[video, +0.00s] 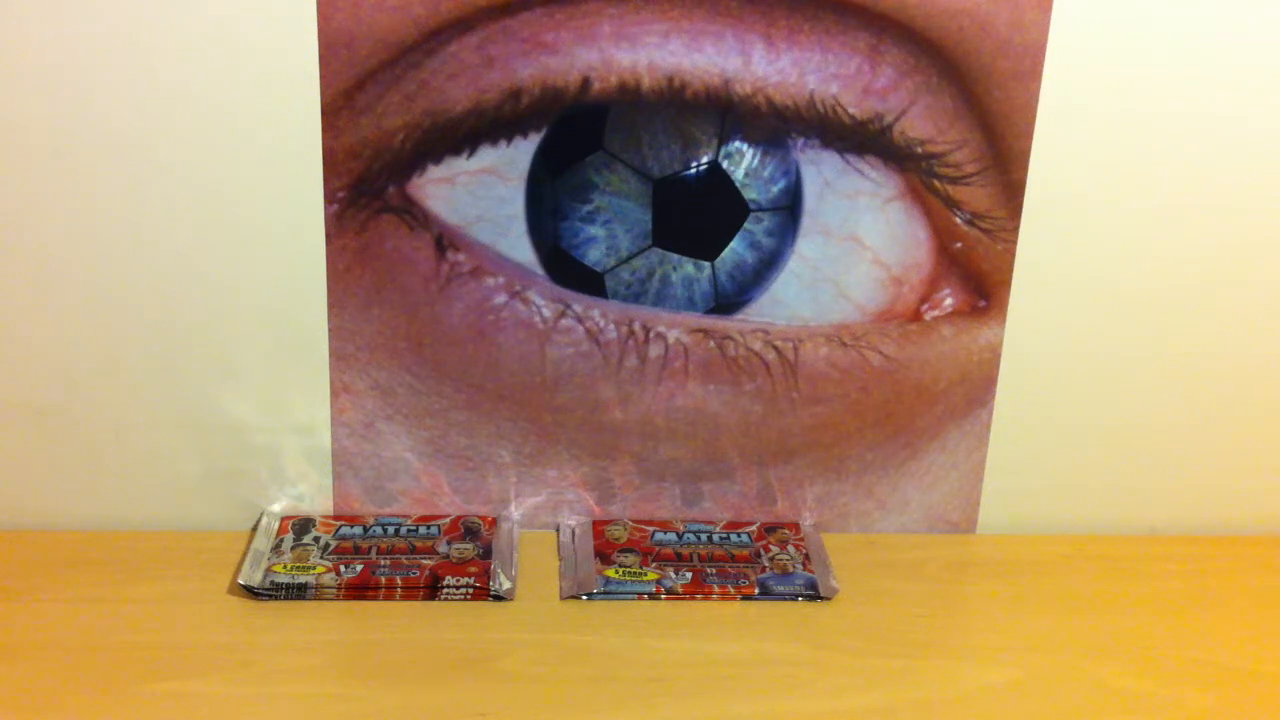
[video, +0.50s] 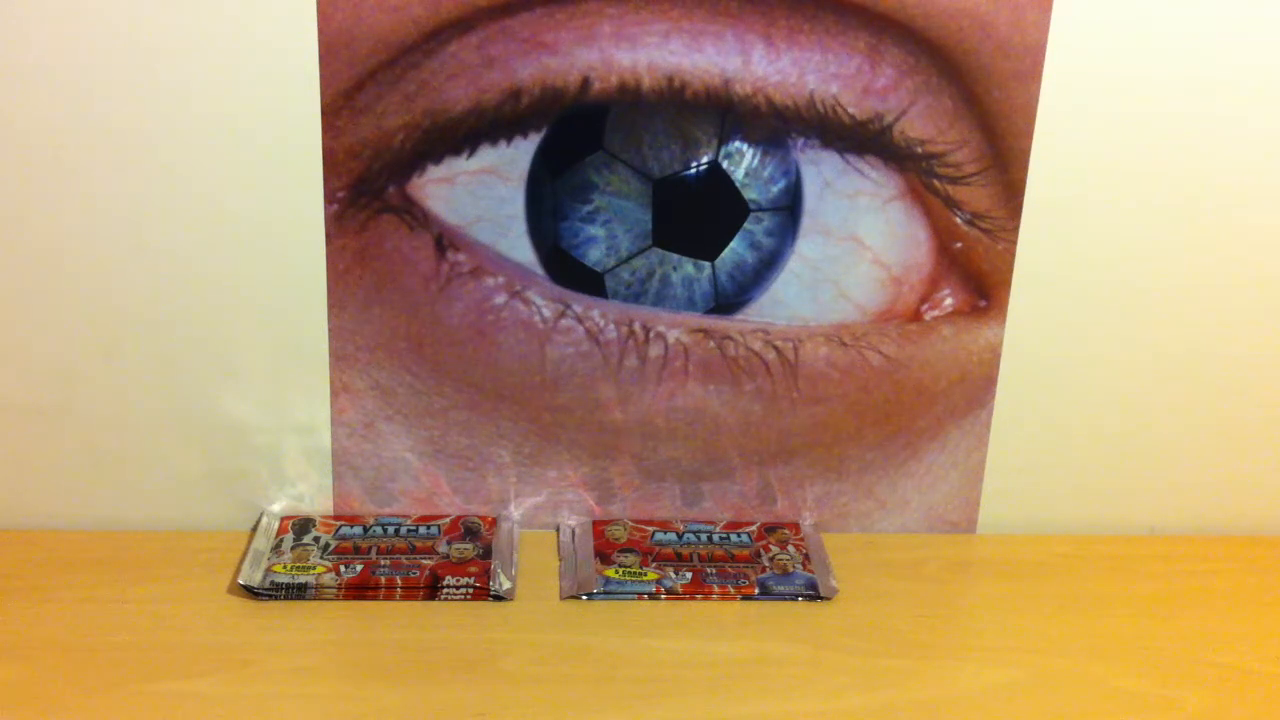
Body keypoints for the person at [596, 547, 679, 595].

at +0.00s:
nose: (621, 560)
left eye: (626, 557)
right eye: (619, 557)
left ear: (638, 558)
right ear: (616, 558)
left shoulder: (651, 573)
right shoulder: (610, 571)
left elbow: (672, 589)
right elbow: (596, 589)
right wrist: (596, 574)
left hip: (641, 607)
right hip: (612, 606)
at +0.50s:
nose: (621, 560)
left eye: (626, 557)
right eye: (619, 557)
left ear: (638, 558)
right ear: (616, 558)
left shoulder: (651, 573)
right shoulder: (610, 571)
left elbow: (675, 590)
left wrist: (668, 575)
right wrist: (597, 573)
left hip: (641, 606)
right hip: (612, 606)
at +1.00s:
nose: (621, 560)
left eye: (626, 557)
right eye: (619, 557)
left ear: (638, 558)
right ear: (616, 558)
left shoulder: (651, 573)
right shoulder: (609, 571)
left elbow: (673, 590)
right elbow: (597, 590)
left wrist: (674, 587)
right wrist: (596, 574)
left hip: (641, 607)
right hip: (612, 606)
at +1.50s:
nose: (621, 560)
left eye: (626, 557)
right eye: (619, 557)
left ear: (638, 558)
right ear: (616, 558)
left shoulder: (651, 573)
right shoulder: (609, 571)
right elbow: (597, 589)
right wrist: (597, 574)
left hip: (641, 606)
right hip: (612, 605)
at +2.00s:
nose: (621, 560)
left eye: (626, 557)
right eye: (619, 557)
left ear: (638, 558)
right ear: (616, 558)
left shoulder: (651, 573)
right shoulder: (609, 571)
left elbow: (673, 589)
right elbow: (596, 589)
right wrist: (597, 574)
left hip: (640, 606)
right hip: (612, 605)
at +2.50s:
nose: (621, 560)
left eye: (626, 557)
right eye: (619, 557)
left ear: (638, 558)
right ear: (615, 558)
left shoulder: (651, 573)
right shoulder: (609, 571)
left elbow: (673, 589)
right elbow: (596, 589)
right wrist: (596, 574)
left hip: (640, 606)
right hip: (612, 605)